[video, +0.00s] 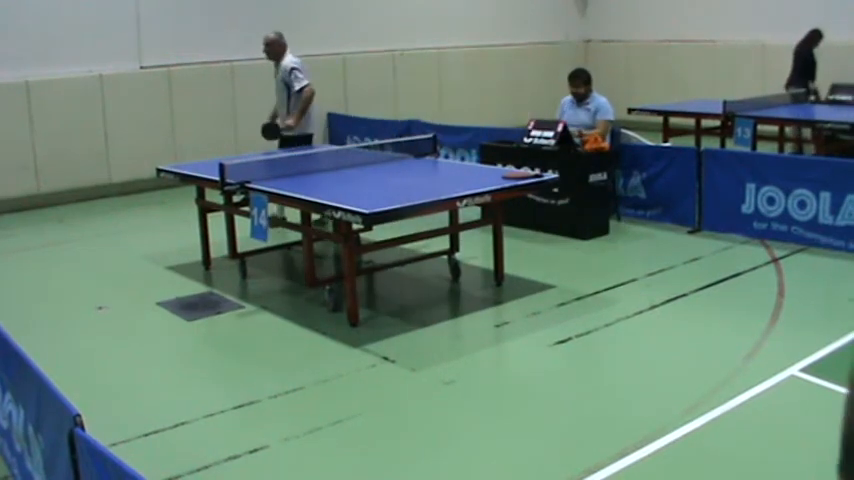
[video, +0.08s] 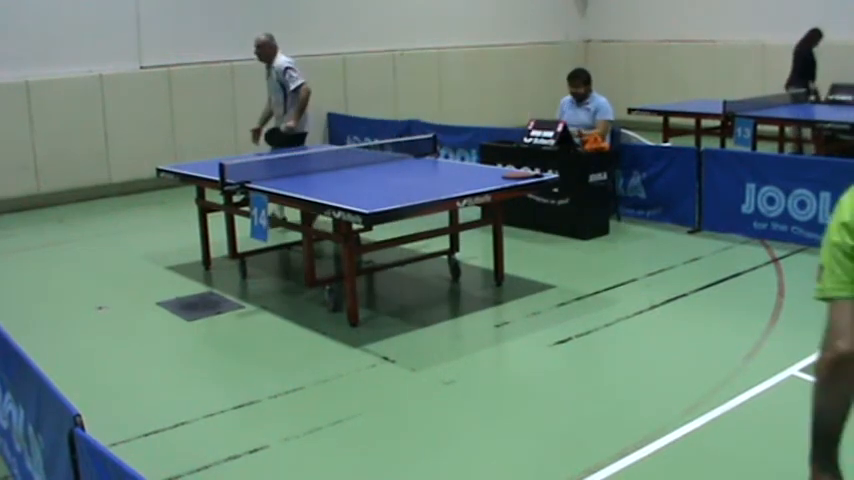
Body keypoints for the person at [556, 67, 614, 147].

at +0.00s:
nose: (575, 91)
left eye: (579, 87)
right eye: (572, 87)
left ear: (588, 87)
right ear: (569, 87)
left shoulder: (601, 104)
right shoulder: (565, 103)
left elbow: (602, 133)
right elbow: (559, 126)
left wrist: (583, 134)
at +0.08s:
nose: (574, 91)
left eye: (578, 87)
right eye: (572, 87)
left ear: (588, 87)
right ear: (568, 87)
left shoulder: (601, 104)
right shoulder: (565, 103)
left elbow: (601, 133)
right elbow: (560, 126)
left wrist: (583, 134)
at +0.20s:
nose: (572, 92)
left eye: (576, 89)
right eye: (570, 88)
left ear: (586, 88)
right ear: (568, 88)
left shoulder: (601, 103)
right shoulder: (566, 102)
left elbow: (601, 134)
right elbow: (559, 127)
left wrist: (580, 133)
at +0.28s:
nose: (571, 92)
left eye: (574, 88)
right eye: (569, 89)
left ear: (586, 87)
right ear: (566, 88)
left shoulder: (600, 103)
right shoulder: (566, 102)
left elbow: (602, 132)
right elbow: (559, 125)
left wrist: (583, 131)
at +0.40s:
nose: (569, 93)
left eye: (572, 89)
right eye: (567, 90)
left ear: (584, 88)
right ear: (565, 89)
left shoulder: (600, 103)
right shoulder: (565, 102)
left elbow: (602, 132)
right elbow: (556, 124)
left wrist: (581, 127)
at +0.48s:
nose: (568, 93)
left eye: (571, 89)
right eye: (567, 90)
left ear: (583, 87)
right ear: (565, 89)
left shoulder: (600, 102)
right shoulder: (565, 102)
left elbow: (600, 130)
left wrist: (578, 122)